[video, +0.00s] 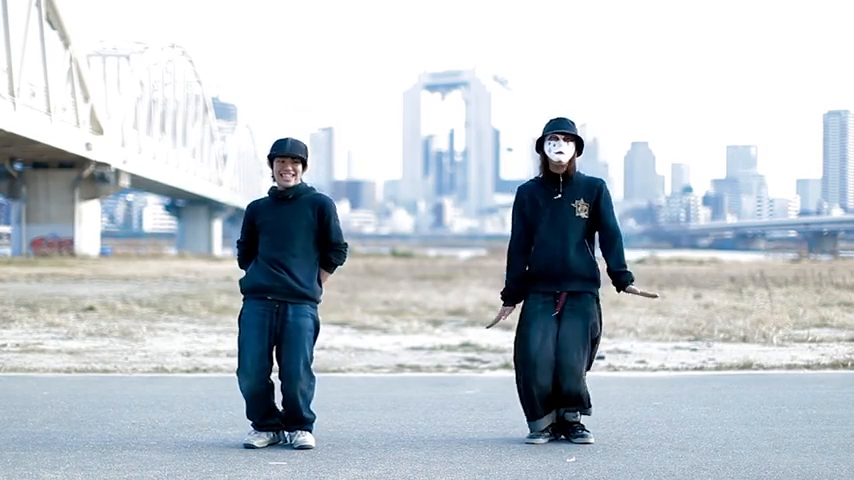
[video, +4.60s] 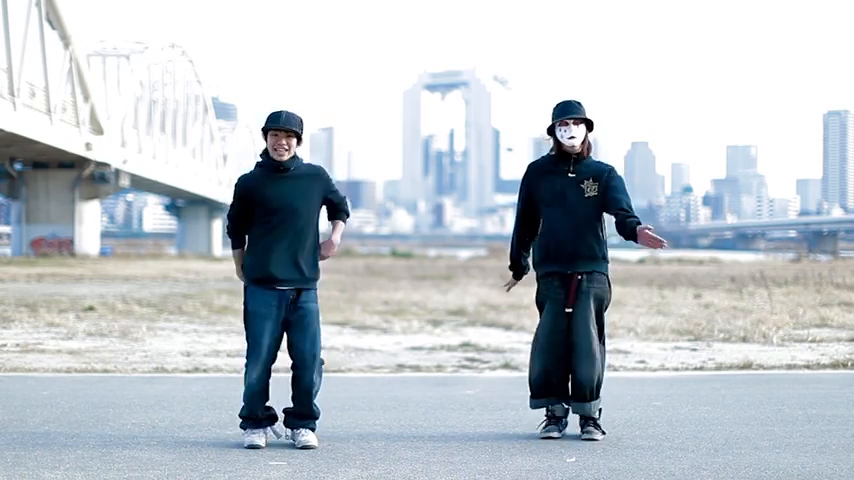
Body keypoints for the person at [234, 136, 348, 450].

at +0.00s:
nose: (286, 169)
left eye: (293, 163)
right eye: (281, 163)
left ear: (302, 168)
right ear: (272, 167)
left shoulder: (321, 205)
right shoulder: (256, 209)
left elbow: (337, 250)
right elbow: (245, 252)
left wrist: (316, 283)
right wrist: (261, 277)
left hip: (300, 300)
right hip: (258, 298)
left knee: (296, 368)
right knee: (251, 371)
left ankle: (300, 428)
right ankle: (266, 427)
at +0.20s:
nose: (263, 140)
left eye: (268, 134)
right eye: (256, 135)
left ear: (279, 138)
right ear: (248, 141)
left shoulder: (304, 172)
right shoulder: (245, 186)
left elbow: (331, 213)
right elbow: (252, 229)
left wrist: (317, 241)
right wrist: (280, 245)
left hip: (306, 281)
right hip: (267, 282)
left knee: (298, 355)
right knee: (259, 354)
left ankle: (300, 426)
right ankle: (267, 425)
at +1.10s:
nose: (302, 153)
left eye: (309, 149)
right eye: (298, 146)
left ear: (316, 157)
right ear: (286, 148)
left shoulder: (322, 198)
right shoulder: (259, 183)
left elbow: (325, 241)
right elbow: (234, 225)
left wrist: (306, 260)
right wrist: (248, 250)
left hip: (301, 288)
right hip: (259, 286)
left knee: (304, 359)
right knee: (262, 359)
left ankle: (301, 425)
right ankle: (266, 426)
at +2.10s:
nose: (259, 136)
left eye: (264, 130)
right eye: (252, 133)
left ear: (277, 136)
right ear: (246, 141)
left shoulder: (305, 172)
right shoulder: (245, 186)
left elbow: (331, 212)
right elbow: (251, 229)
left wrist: (316, 245)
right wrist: (275, 247)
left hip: (307, 279)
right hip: (268, 279)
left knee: (300, 354)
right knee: (263, 354)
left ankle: (301, 424)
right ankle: (267, 424)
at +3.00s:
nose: (302, 147)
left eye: (308, 143)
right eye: (296, 141)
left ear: (316, 151)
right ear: (285, 145)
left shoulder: (325, 195)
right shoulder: (259, 185)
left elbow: (329, 240)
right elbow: (237, 228)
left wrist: (303, 261)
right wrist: (258, 255)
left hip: (305, 288)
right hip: (263, 287)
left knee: (309, 360)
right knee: (263, 359)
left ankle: (301, 425)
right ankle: (265, 425)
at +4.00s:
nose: (256, 139)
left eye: (261, 133)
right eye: (249, 135)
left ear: (274, 137)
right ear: (244, 143)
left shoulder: (303, 173)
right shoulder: (243, 187)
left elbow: (328, 216)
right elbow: (250, 230)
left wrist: (314, 245)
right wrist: (277, 246)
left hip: (306, 282)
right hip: (266, 283)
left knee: (301, 356)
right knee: (259, 356)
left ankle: (302, 425)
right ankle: (266, 424)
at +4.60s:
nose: (281, 142)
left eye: (288, 137)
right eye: (275, 135)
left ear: (298, 141)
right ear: (266, 138)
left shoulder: (316, 177)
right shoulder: (249, 184)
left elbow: (338, 206)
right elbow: (236, 230)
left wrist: (334, 239)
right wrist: (243, 270)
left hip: (304, 286)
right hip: (262, 286)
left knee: (309, 359)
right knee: (259, 358)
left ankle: (302, 424)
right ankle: (254, 424)